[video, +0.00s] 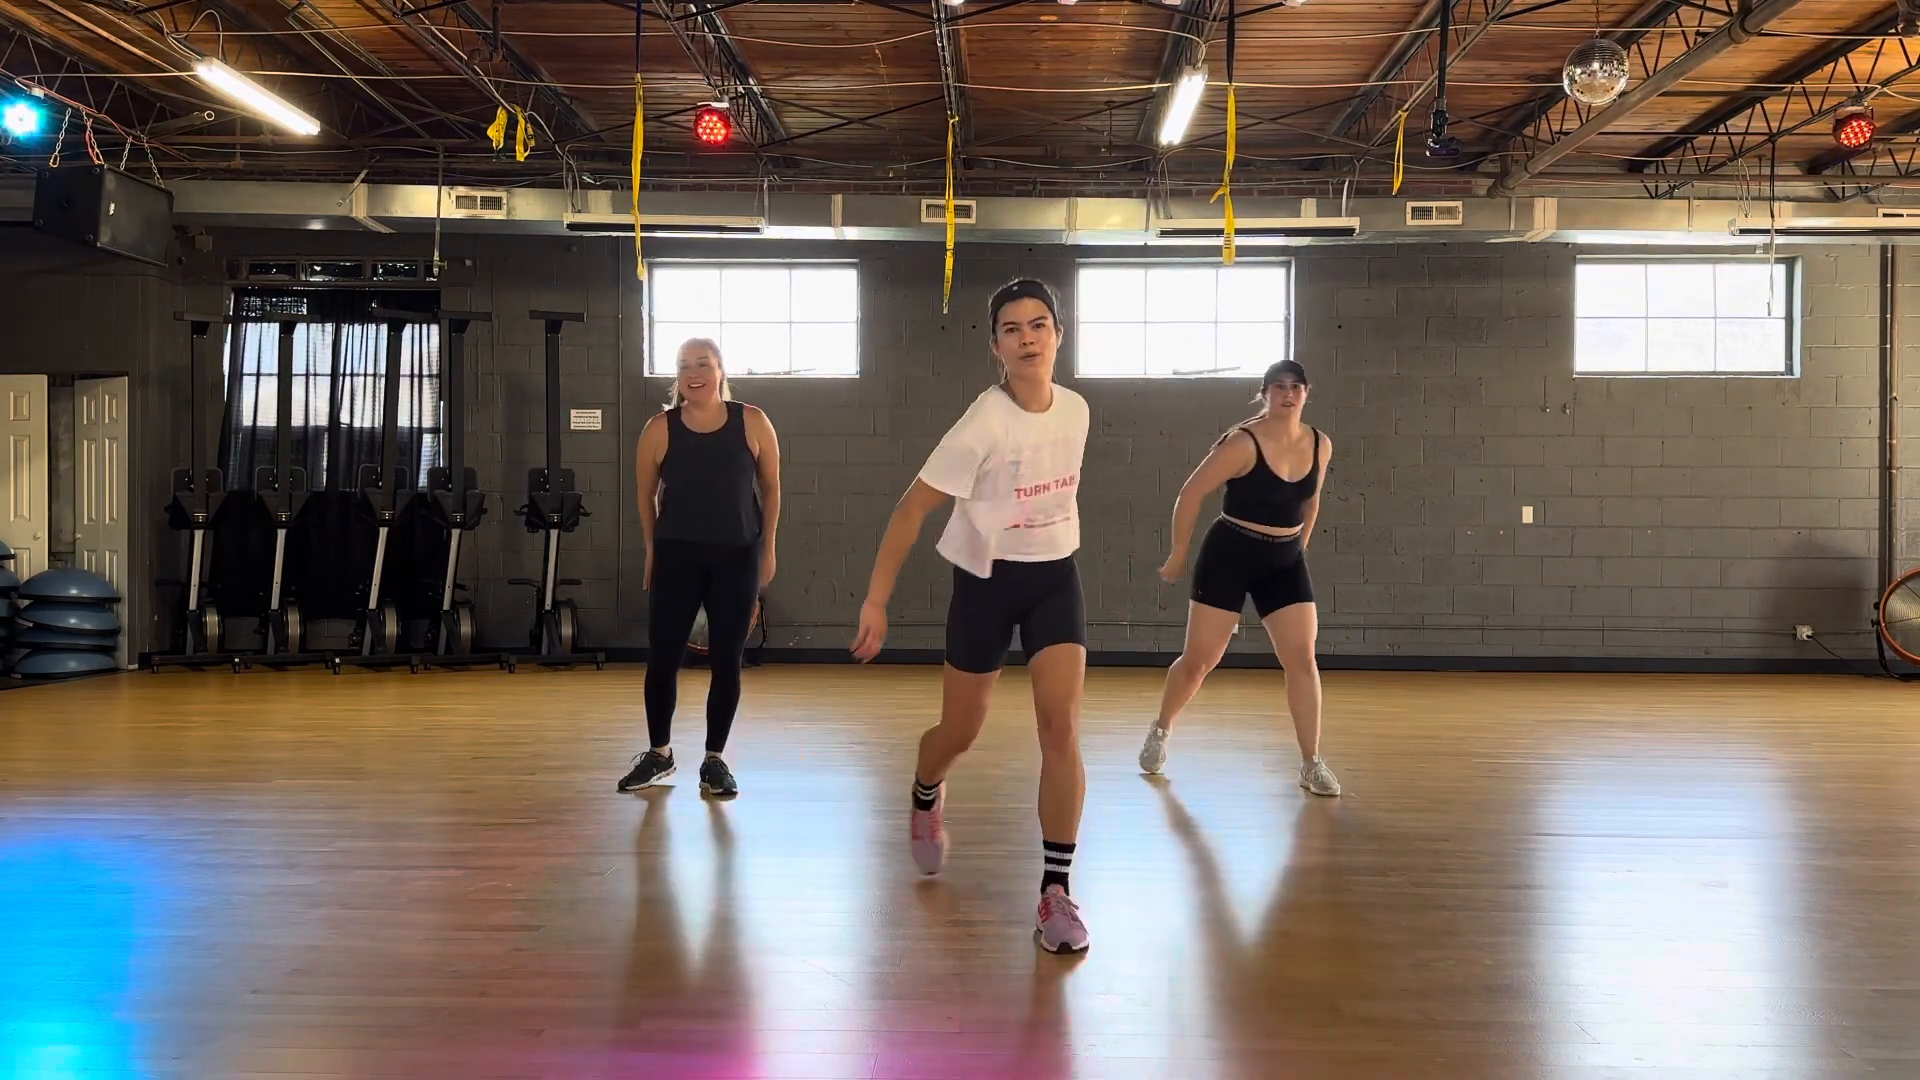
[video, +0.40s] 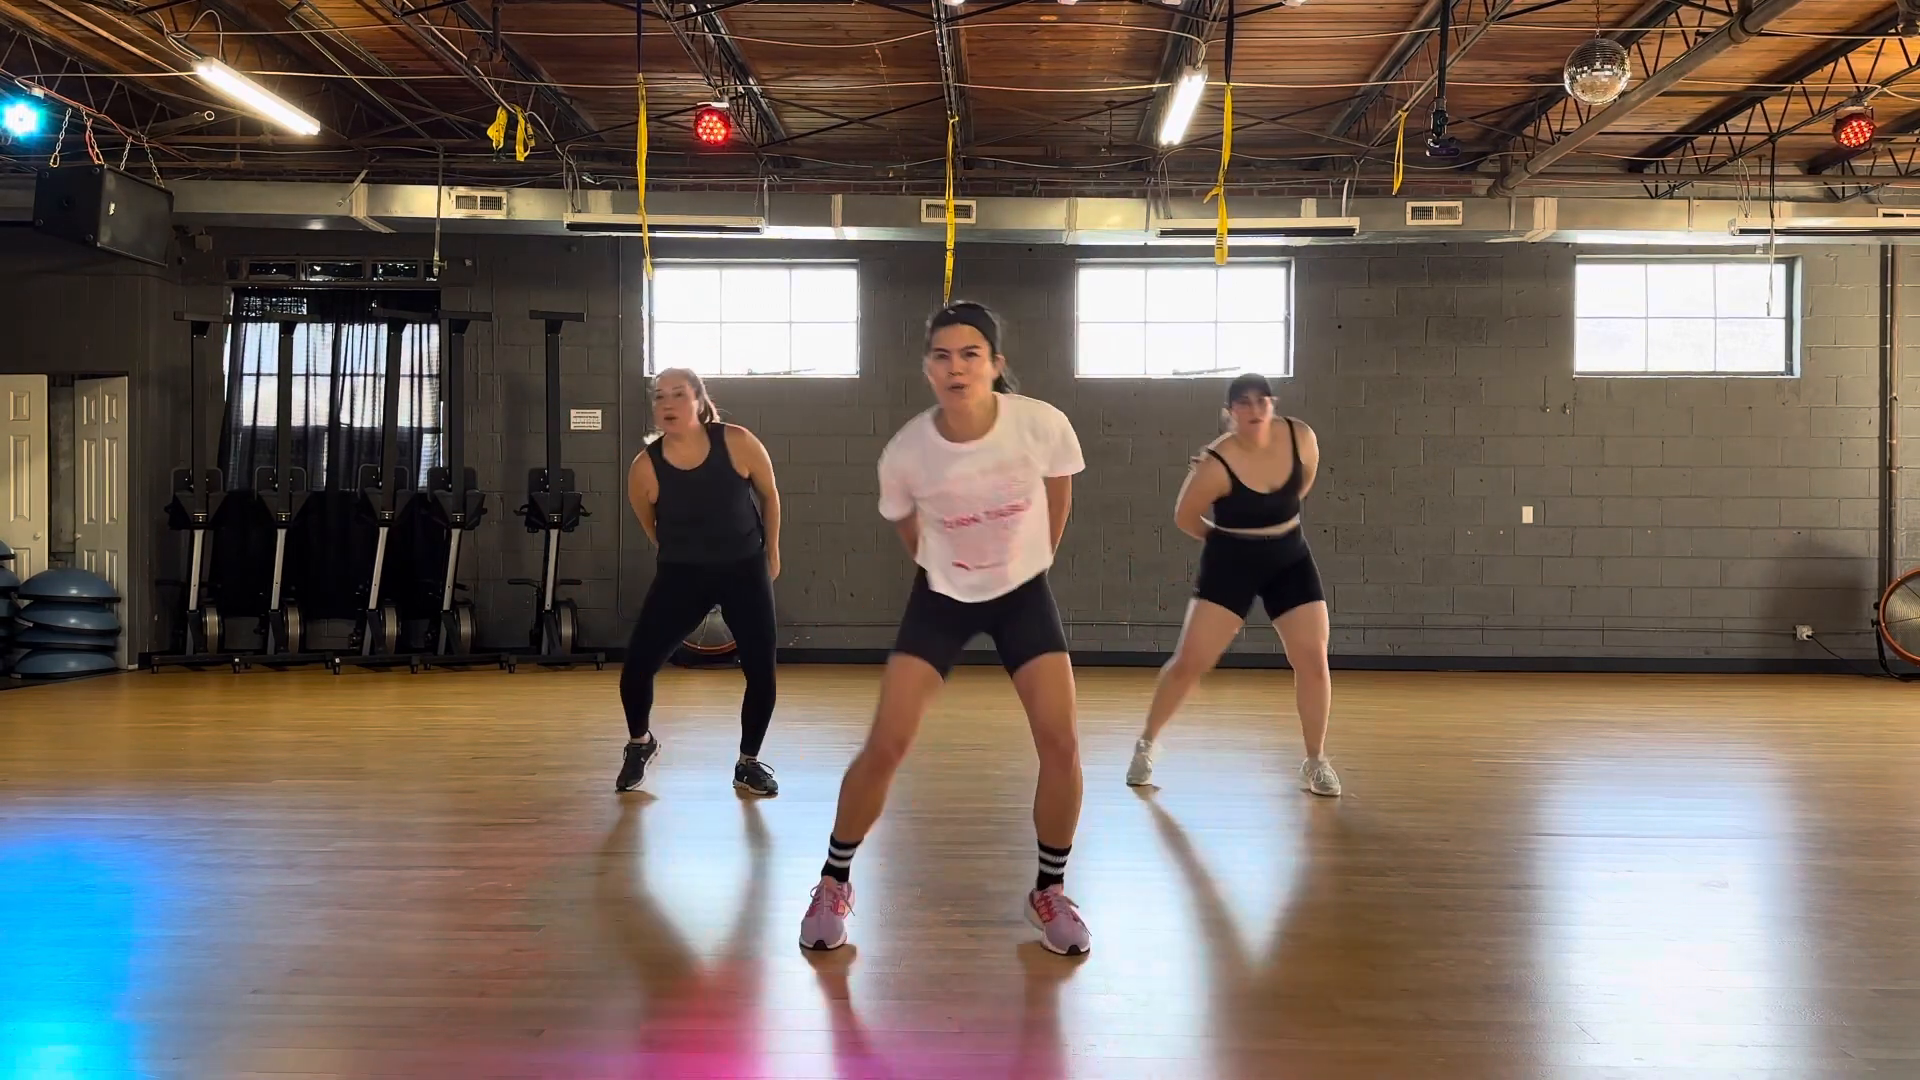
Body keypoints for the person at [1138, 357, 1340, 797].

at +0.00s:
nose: (1288, 392)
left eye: (1295, 386)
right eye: (1279, 386)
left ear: (1306, 394)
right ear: (1264, 395)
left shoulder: (1320, 446)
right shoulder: (1243, 443)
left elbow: (1311, 501)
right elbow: (1189, 494)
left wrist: (1299, 550)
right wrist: (1178, 553)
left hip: (1284, 558)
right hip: (1230, 553)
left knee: (1302, 660)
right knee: (1198, 661)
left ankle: (1312, 763)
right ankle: (1161, 731)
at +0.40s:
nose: (1254, 410)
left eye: (1261, 401)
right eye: (1244, 403)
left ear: (1273, 406)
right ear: (1229, 412)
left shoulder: (1302, 438)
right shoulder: (1216, 464)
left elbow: (1300, 491)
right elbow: (1185, 518)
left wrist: (1270, 521)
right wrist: (1228, 538)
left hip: (1289, 556)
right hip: (1231, 559)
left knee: (1314, 660)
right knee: (1190, 663)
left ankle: (1316, 760)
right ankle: (1146, 745)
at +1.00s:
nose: (1264, 446)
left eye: (1272, 437)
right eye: (1254, 437)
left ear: (1281, 440)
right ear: (1237, 436)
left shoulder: (1294, 490)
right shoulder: (1194, 457)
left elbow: (1279, 518)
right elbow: (1156, 477)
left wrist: (1243, 524)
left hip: (1243, 559)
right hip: (1183, 549)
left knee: (1288, 657)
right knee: (1143, 657)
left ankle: (1322, 756)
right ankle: (1093, 741)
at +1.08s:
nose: (1287, 453)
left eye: (1293, 444)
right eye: (1276, 445)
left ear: (1302, 446)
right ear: (1258, 449)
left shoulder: (1308, 486)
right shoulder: (1225, 484)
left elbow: (1271, 519)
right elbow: (1165, 505)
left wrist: (1237, 539)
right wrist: (1190, 540)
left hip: (1254, 573)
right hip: (1198, 568)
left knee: (1290, 667)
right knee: (1163, 672)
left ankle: (1307, 770)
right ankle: (1091, 734)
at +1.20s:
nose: (1292, 457)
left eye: (1297, 448)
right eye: (1280, 451)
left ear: (1304, 453)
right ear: (1261, 460)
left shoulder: (1302, 483)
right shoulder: (1240, 510)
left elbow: (1269, 532)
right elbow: (1177, 547)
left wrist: (1228, 560)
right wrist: (1198, 578)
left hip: (1262, 586)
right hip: (1210, 588)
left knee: (1305, 671)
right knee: (1181, 694)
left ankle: (1308, 771)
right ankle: (1103, 746)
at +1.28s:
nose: (1268, 447)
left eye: (1274, 436)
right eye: (1257, 439)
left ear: (1283, 438)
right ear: (1240, 445)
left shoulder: (1290, 464)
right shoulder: (1218, 492)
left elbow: (1263, 515)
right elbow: (1166, 535)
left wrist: (1227, 544)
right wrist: (1197, 560)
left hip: (1263, 573)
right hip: (1207, 576)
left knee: (1305, 667)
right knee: (1166, 678)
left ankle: (1310, 769)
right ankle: (1098, 744)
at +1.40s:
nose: (1220, 436)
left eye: (1227, 426)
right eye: (1209, 428)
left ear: (1238, 425)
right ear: (1193, 431)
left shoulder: (1266, 447)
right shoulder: (1173, 470)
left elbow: (1261, 479)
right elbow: (1144, 509)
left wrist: (1233, 501)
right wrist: (1187, 522)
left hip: (1250, 552)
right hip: (1190, 555)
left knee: (1293, 655)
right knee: (1134, 654)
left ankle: (1338, 752)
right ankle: (1087, 741)